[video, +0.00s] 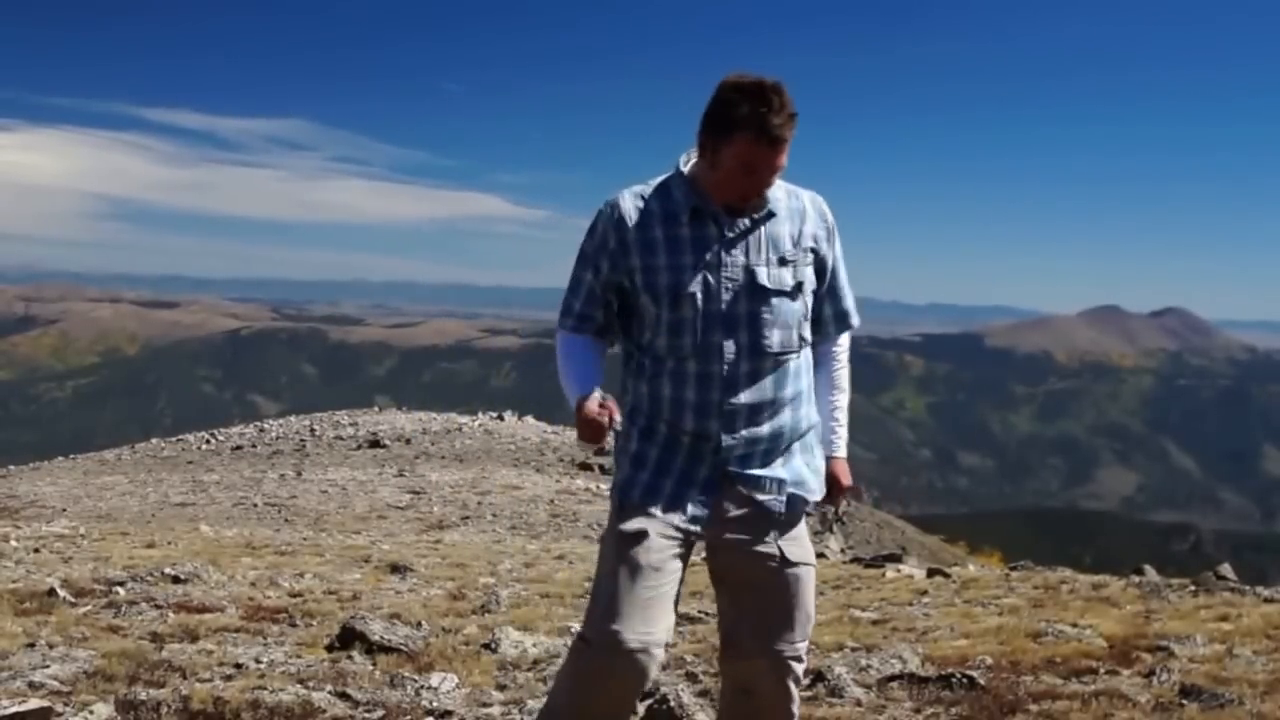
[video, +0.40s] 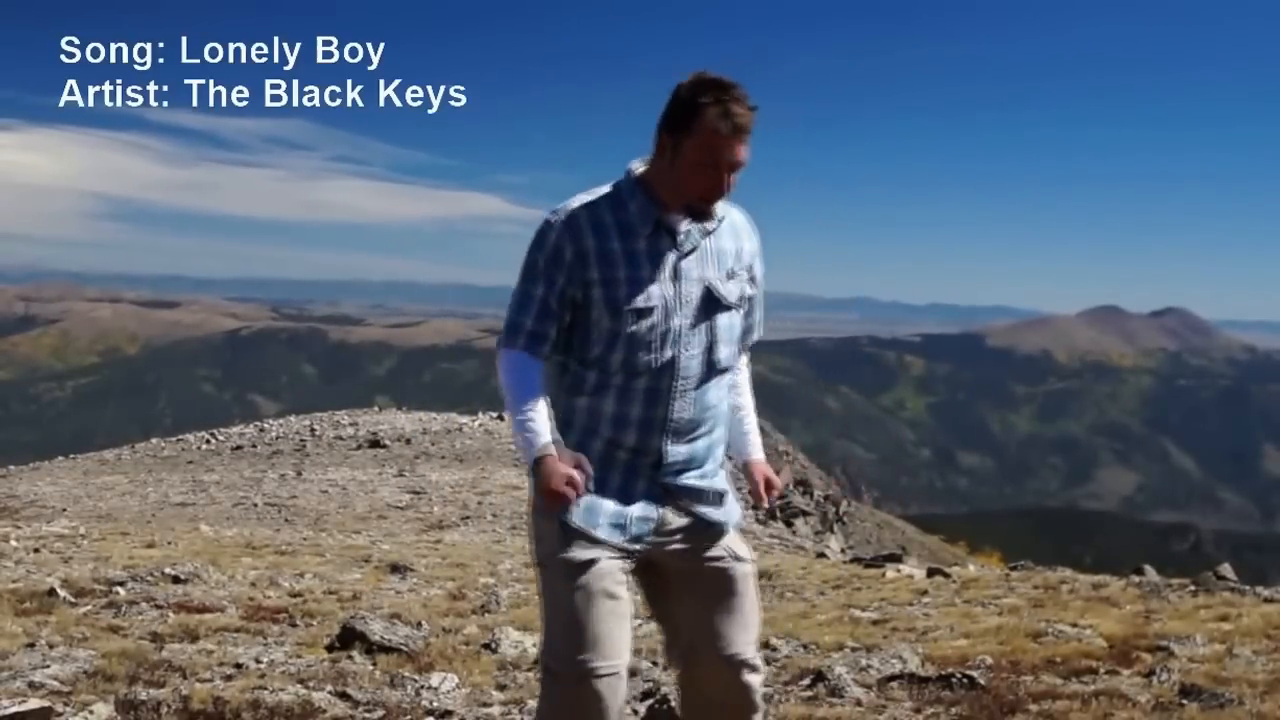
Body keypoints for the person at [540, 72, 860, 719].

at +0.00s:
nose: (762, 187)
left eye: (774, 171)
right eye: (751, 171)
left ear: (784, 154)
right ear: (709, 148)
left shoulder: (808, 218)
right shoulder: (630, 219)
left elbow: (831, 338)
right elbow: (579, 328)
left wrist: (834, 446)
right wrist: (586, 393)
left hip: (774, 478)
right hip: (659, 475)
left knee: (773, 671)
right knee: (622, 652)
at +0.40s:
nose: (729, 183)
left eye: (737, 169)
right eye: (721, 167)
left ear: (741, 160)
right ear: (674, 147)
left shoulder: (737, 236)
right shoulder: (576, 230)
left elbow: (733, 360)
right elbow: (521, 349)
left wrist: (751, 453)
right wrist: (542, 452)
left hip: (701, 500)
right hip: (590, 500)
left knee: (732, 683)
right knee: (591, 692)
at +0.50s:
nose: (687, 175)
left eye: (700, 159)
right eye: (674, 156)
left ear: (715, 153)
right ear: (636, 140)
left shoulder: (724, 237)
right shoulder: (555, 226)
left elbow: (723, 363)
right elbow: (500, 345)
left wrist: (757, 446)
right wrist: (512, 454)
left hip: (674, 492)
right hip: (561, 496)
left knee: (718, 671)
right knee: (573, 685)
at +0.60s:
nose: (651, 151)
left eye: (666, 135)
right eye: (637, 133)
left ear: (689, 130)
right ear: (609, 127)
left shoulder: (723, 228)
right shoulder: (538, 208)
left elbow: (736, 349)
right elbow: (476, 311)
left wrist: (771, 416)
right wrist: (488, 407)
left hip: (664, 481)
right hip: (550, 484)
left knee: (700, 662)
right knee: (558, 682)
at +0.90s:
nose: (597, 134)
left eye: (613, 116)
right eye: (583, 119)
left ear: (648, 119)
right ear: (568, 121)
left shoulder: (711, 213)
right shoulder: (541, 202)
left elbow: (767, 317)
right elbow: (499, 295)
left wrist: (804, 388)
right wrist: (450, 376)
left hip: (660, 471)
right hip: (549, 471)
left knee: (703, 659)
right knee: (548, 671)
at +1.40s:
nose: (681, 176)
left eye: (695, 158)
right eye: (664, 160)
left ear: (721, 138)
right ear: (642, 150)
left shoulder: (791, 211)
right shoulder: (636, 229)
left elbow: (858, 327)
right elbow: (624, 330)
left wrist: (875, 449)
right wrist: (582, 398)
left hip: (781, 476)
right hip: (675, 473)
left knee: (792, 679)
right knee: (629, 670)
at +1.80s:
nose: (758, 166)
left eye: (771, 149)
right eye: (742, 150)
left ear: (787, 135)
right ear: (707, 135)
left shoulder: (828, 215)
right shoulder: (645, 221)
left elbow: (856, 336)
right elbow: (604, 336)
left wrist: (872, 435)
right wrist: (608, 434)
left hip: (794, 482)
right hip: (676, 479)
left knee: (794, 688)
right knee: (641, 681)